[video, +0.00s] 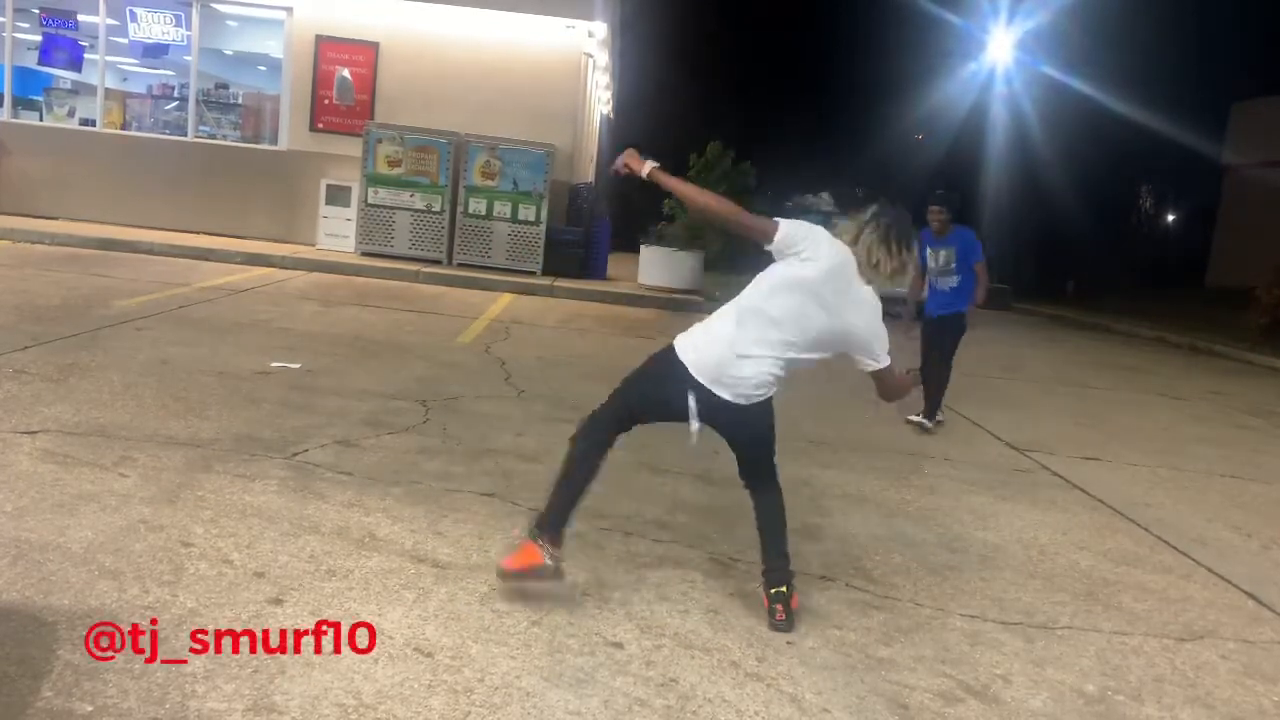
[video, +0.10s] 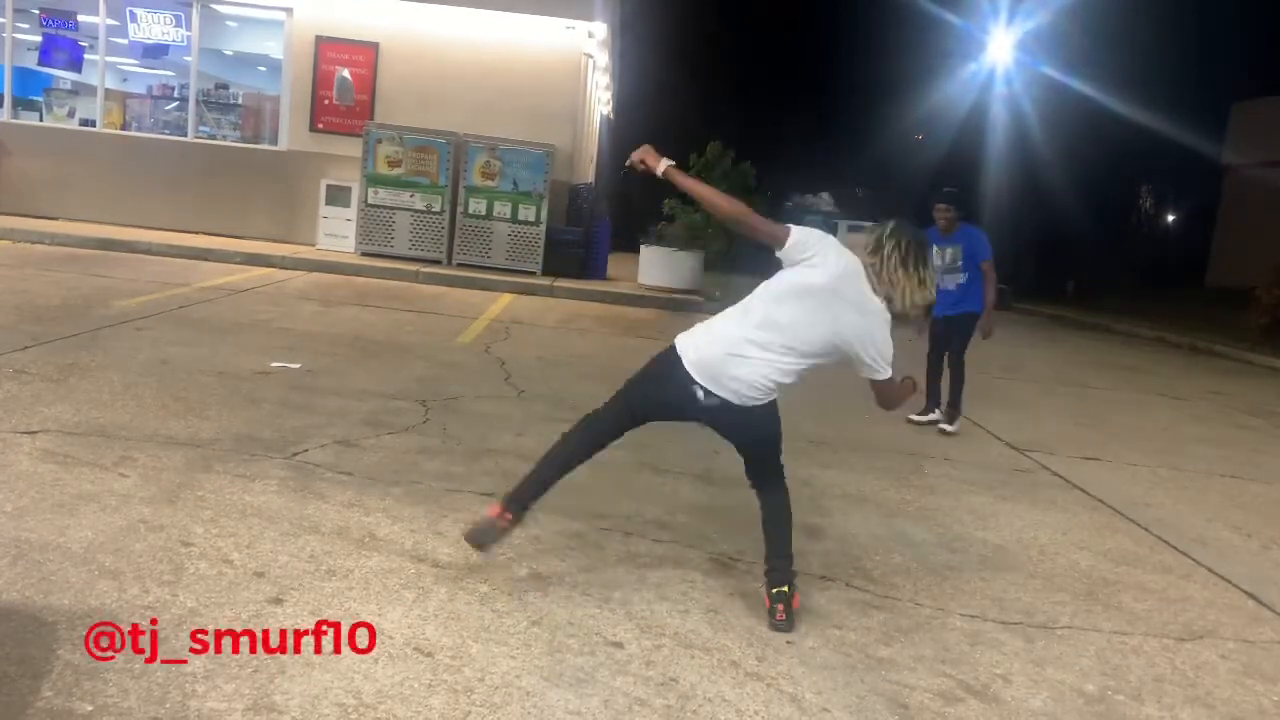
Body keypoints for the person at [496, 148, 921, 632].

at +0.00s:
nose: (897, 274)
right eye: (899, 265)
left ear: (856, 229)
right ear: (895, 263)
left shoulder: (814, 241)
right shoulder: (866, 315)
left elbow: (729, 214)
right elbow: (890, 390)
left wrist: (651, 171)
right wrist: (913, 378)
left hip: (686, 365)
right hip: (745, 401)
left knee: (602, 426)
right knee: (762, 482)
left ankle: (544, 540)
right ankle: (778, 589)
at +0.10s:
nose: (911, 302)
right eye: (914, 292)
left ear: (875, 249)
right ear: (902, 283)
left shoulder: (826, 250)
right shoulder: (873, 323)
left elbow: (746, 219)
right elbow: (887, 398)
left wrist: (668, 171)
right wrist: (910, 389)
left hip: (684, 366)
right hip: (746, 403)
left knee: (601, 425)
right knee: (771, 487)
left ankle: (509, 509)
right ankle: (781, 592)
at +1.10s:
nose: (859, 285)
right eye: (863, 276)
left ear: (821, 246)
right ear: (857, 272)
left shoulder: (774, 249)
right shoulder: (836, 316)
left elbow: (689, 229)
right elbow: (846, 410)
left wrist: (619, 201)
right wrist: (845, 425)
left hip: (665, 391)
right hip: (727, 420)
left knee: (612, 468)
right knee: (749, 489)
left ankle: (519, 546)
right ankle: (777, 594)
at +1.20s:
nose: (852, 289)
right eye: (856, 280)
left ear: (815, 244)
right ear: (852, 273)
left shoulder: (778, 247)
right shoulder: (832, 317)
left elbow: (693, 227)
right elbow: (793, 400)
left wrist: (619, 196)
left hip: (669, 389)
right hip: (732, 420)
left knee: (612, 465)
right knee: (756, 489)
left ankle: (521, 541)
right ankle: (779, 594)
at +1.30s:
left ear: (796, 237)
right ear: (830, 265)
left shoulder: (771, 246)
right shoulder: (813, 315)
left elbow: (694, 217)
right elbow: (778, 364)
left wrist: (620, 176)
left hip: (669, 394)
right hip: (733, 419)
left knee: (608, 468)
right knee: (753, 486)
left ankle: (515, 545)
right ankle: (778, 591)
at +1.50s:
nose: (773, 223)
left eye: (784, 222)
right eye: (779, 219)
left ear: (794, 238)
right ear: (811, 258)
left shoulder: (757, 246)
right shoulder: (797, 312)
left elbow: (686, 240)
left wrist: (601, 213)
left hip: (665, 394)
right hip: (727, 421)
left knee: (606, 464)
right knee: (747, 487)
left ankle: (512, 548)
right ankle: (778, 592)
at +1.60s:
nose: (768, 224)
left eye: (778, 222)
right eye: (774, 220)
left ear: (787, 238)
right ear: (805, 259)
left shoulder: (749, 248)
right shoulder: (795, 313)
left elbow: (695, 284)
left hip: (666, 396)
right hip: (728, 420)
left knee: (606, 465)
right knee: (747, 484)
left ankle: (513, 547)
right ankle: (778, 589)